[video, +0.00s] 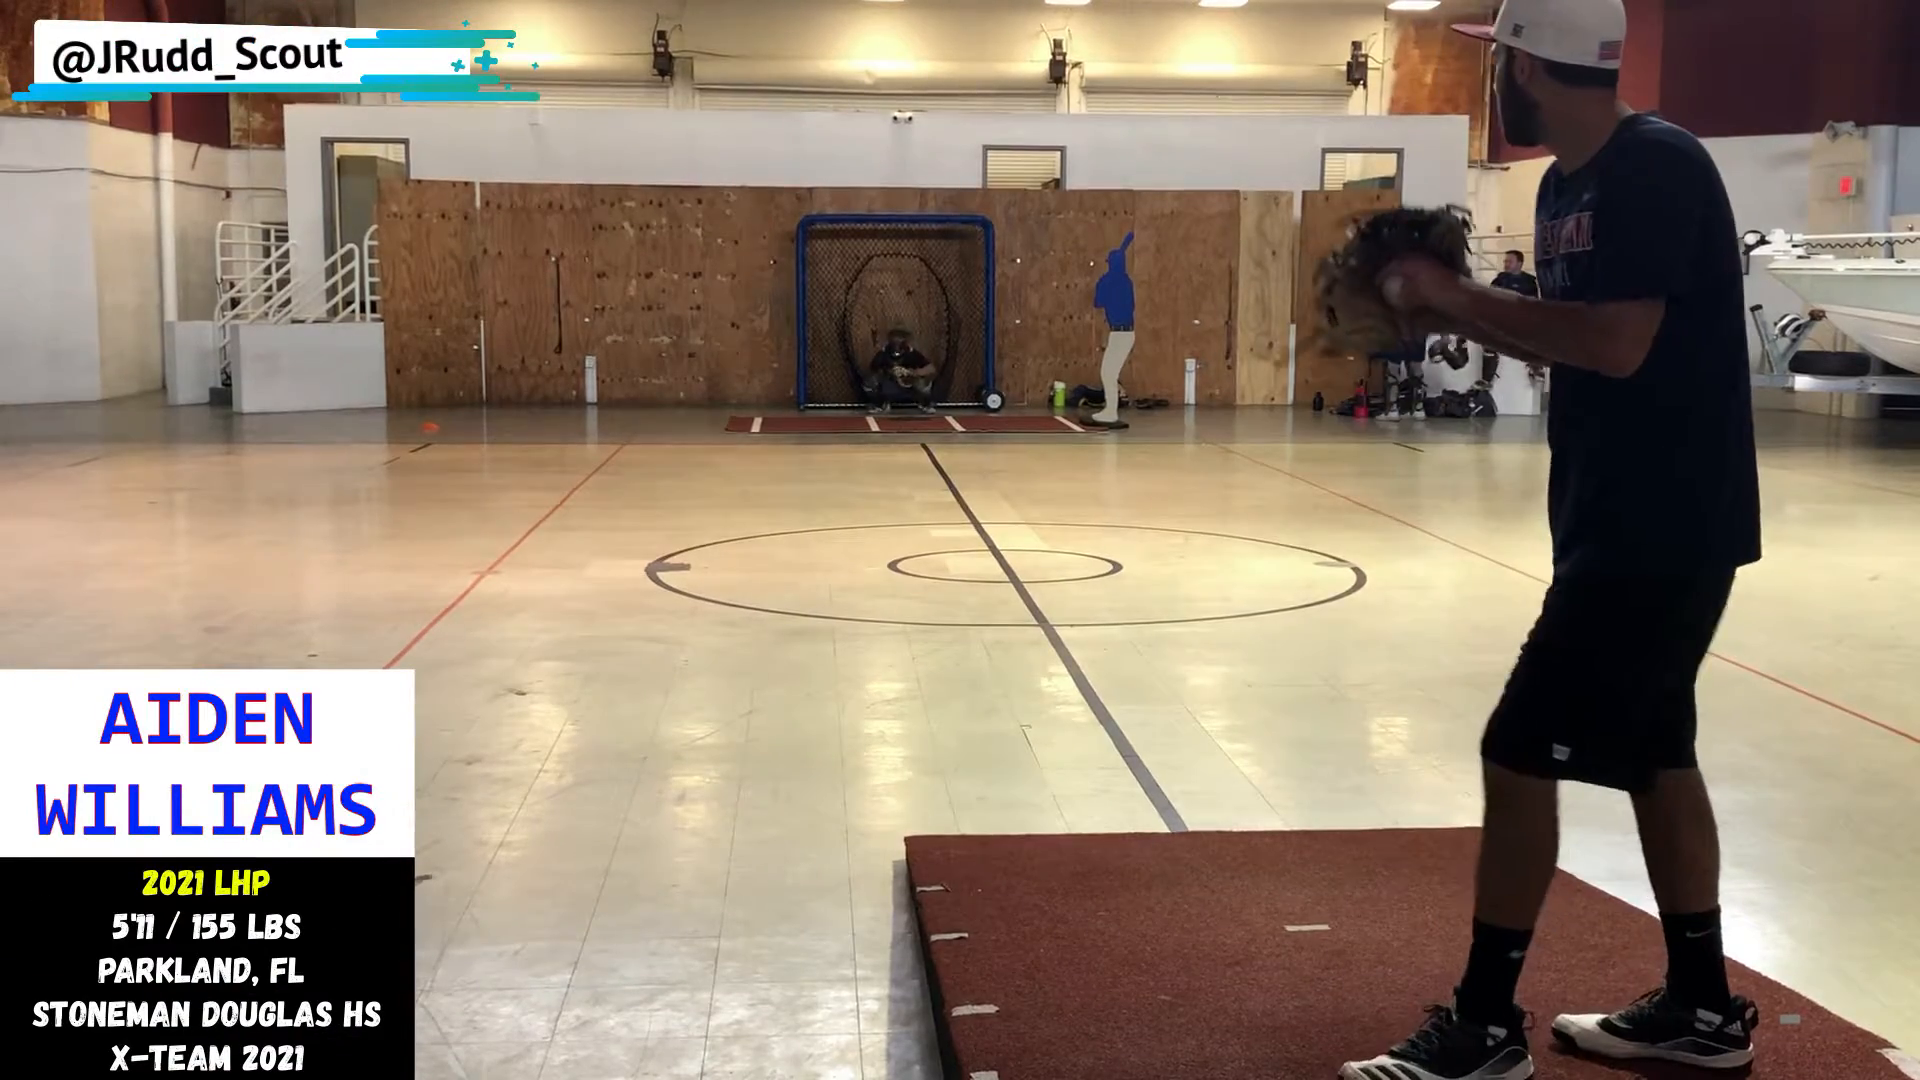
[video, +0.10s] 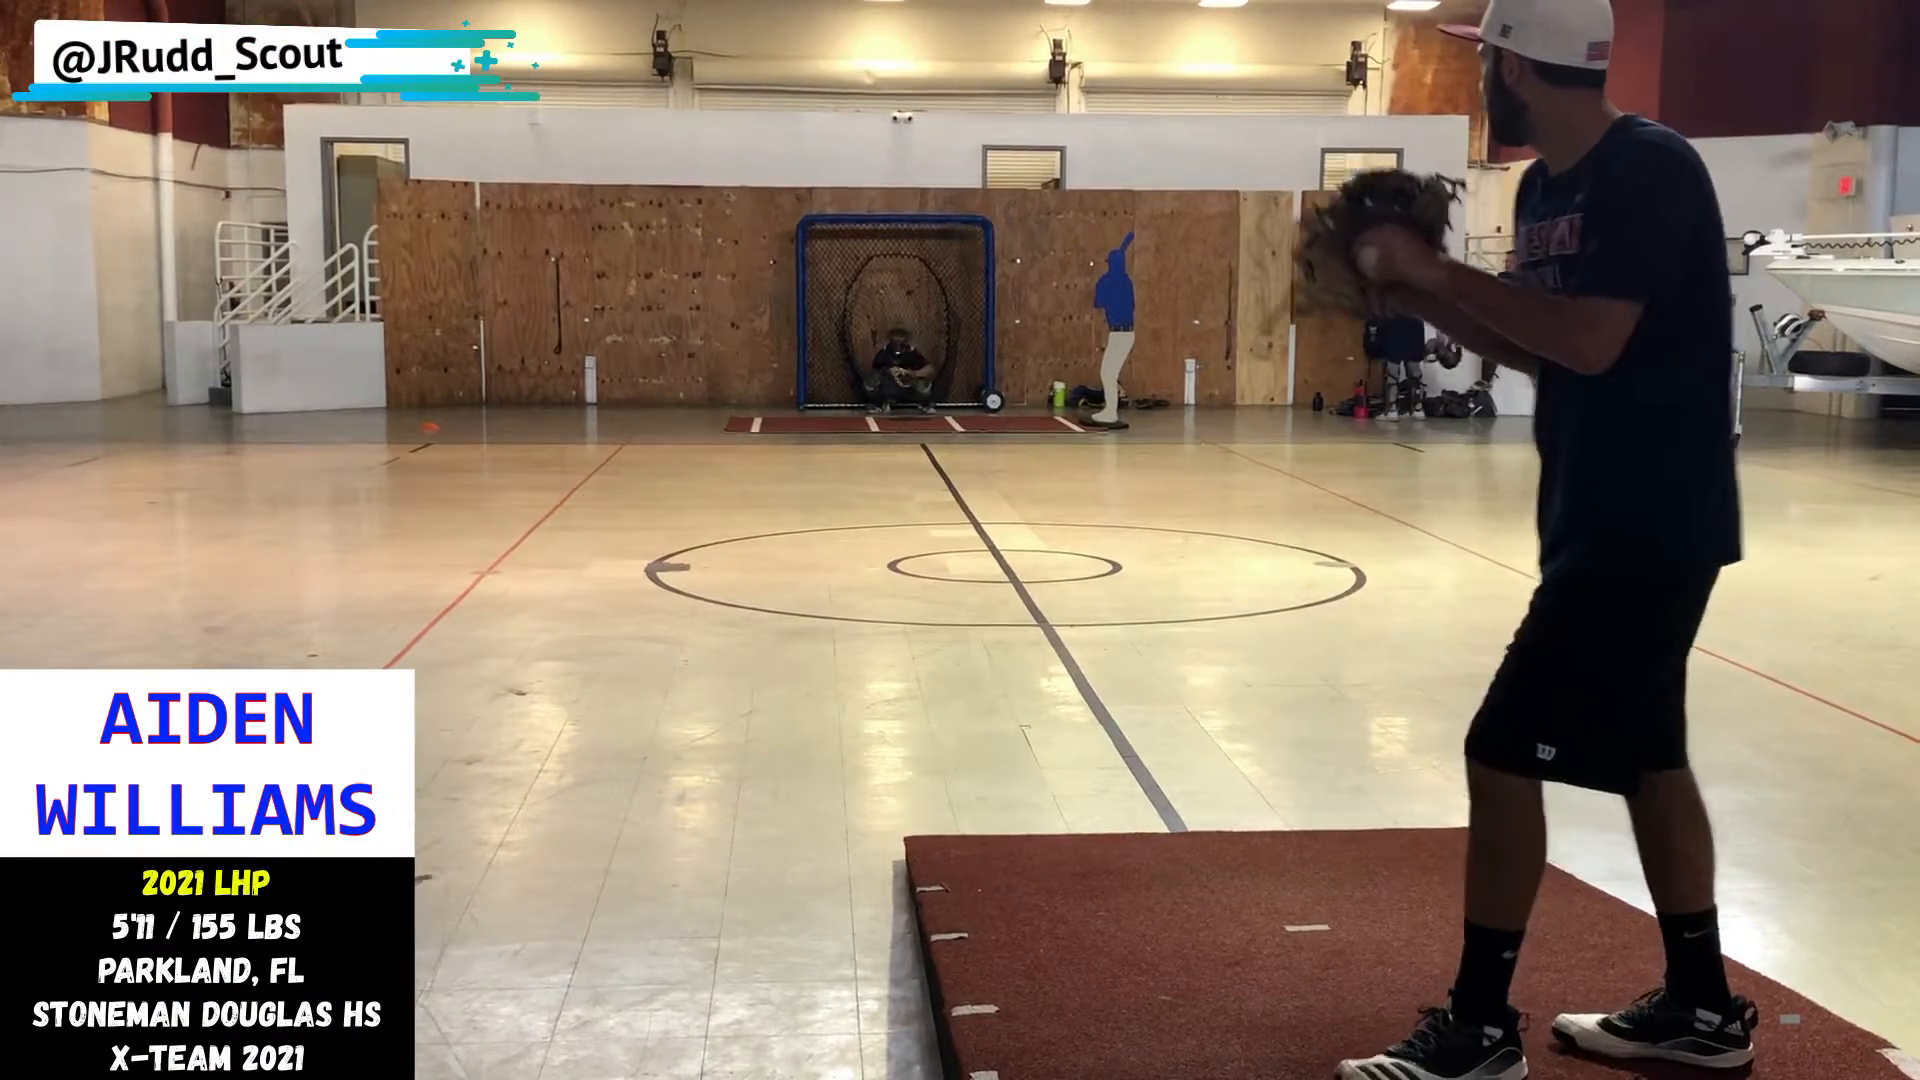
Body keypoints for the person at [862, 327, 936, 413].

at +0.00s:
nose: (896, 347)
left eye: (900, 343)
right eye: (894, 343)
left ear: (906, 342)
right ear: (889, 342)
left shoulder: (913, 354)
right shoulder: (882, 355)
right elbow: (873, 372)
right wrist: (891, 373)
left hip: (910, 389)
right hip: (889, 388)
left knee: (921, 382)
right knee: (872, 381)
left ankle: (925, 404)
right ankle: (881, 404)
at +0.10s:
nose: (898, 344)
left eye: (902, 341)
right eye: (895, 341)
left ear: (906, 341)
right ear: (890, 340)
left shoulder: (913, 353)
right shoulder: (882, 354)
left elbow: (929, 370)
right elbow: (875, 374)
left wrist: (910, 374)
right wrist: (889, 373)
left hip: (910, 389)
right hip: (889, 389)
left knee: (921, 383)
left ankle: (925, 405)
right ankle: (883, 405)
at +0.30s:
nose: (899, 344)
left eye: (903, 341)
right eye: (896, 341)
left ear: (908, 340)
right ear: (891, 340)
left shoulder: (913, 352)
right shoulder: (884, 352)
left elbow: (923, 367)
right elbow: (878, 370)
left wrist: (917, 375)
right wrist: (890, 374)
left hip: (909, 380)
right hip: (890, 381)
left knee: (921, 387)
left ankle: (926, 405)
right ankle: (883, 405)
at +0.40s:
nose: (899, 345)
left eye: (903, 342)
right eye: (896, 342)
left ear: (908, 341)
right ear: (891, 340)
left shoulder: (913, 352)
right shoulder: (884, 352)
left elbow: (923, 369)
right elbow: (878, 371)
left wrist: (918, 377)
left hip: (910, 380)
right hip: (890, 383)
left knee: (922, 386)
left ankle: (925, 405)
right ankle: (884, 404)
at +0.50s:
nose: (900, 344)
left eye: (903, 341)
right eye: (897, 341)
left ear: (908, 340)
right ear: (892, 340)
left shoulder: (914, 352)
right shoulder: (884, 353)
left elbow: (925, 369)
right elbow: (878, 372)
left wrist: (920, 377)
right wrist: (893, 377)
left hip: (911, 382)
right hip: (892, 384)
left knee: (923, 386)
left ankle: (926, 405)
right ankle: (883, 405)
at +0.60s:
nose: (900, 344)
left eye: (903, 340)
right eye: (896, 341)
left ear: (907, 340)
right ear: (891, 340)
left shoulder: (914, 353)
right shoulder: (884, 353)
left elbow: (925, 370)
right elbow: (877, 371)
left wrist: (919, 380)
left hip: (911, 384)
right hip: (891, 385)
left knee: (922, 387)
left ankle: (925, 405)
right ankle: (880, 405)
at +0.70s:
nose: (899, 344)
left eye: (902, 340)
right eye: (895, 340)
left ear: (907, 340)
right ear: (891, 340)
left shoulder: (913, 353)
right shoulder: (883, 353)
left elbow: (924, 370)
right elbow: (877, 371)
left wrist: (918, 381)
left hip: (910, 385)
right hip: (890, 387)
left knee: (923, 387)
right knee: (872, 381)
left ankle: (925, 405)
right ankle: (881, 405)